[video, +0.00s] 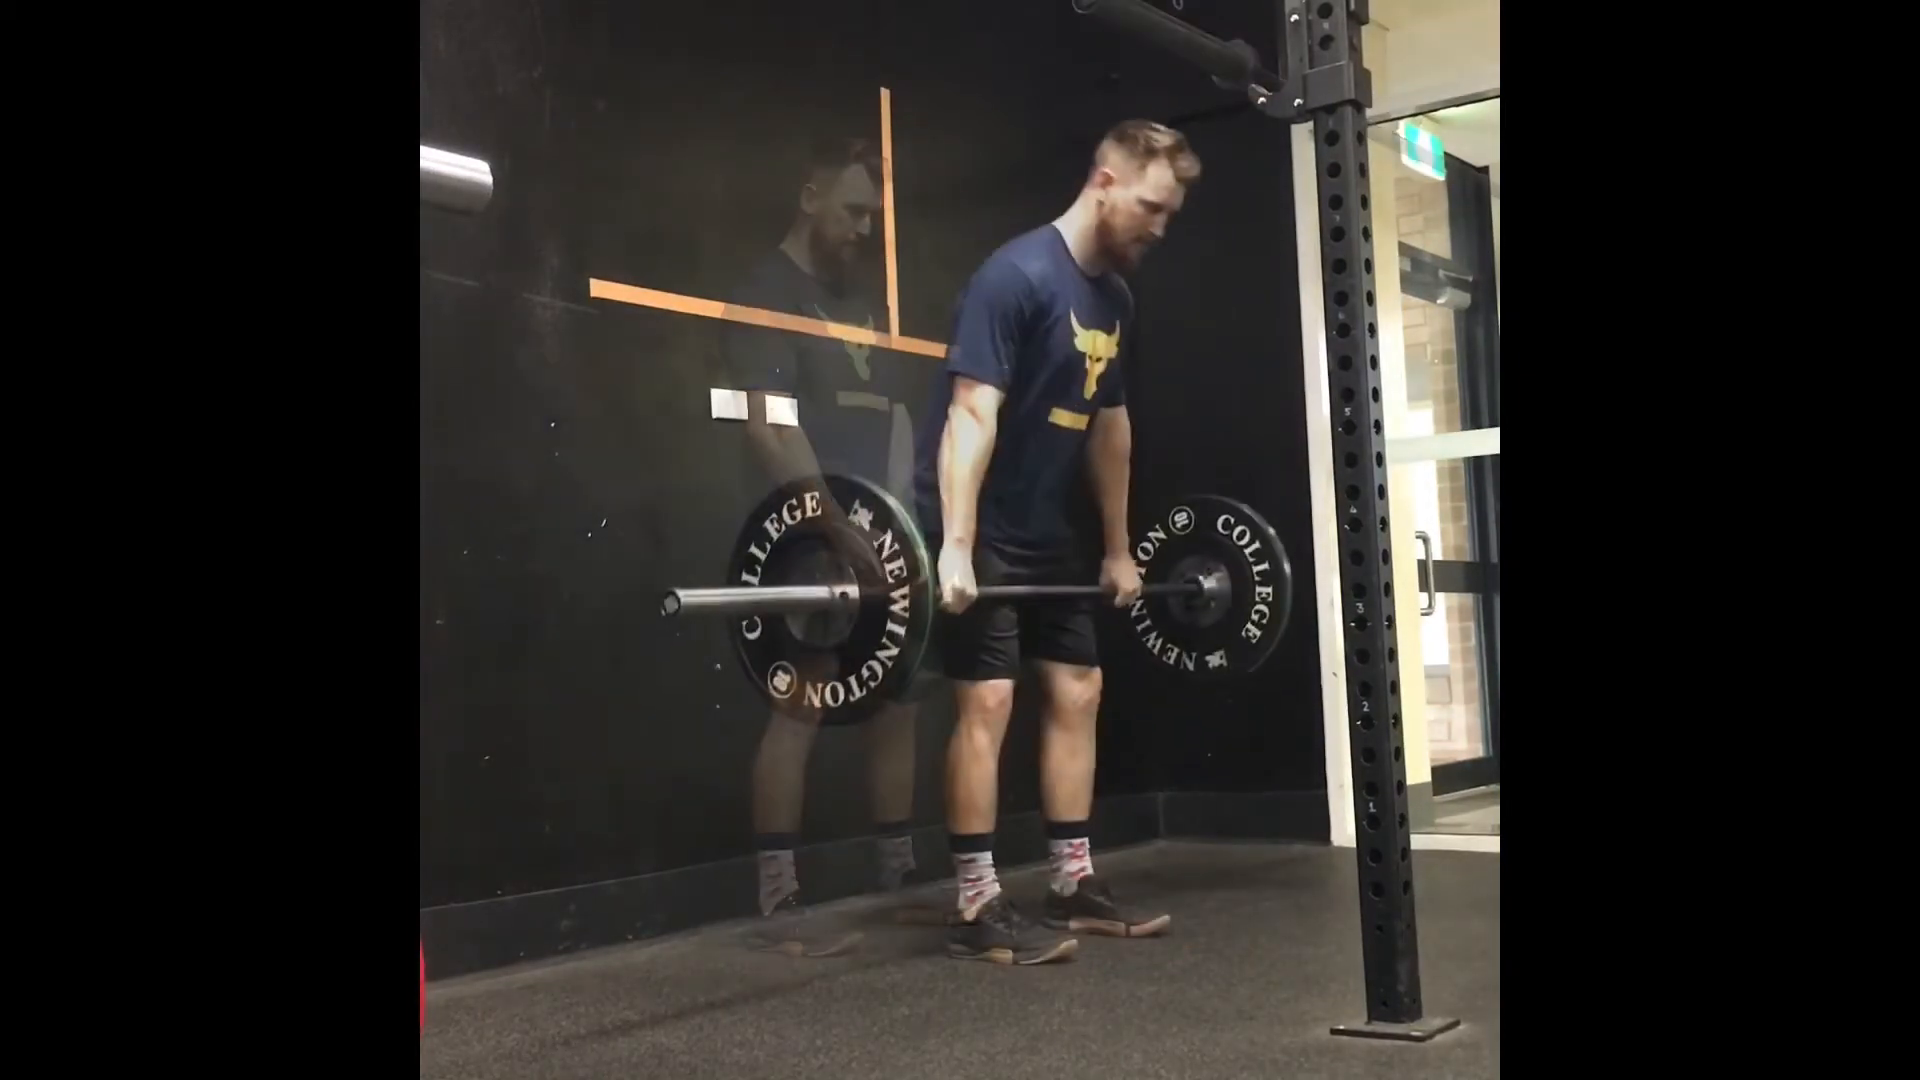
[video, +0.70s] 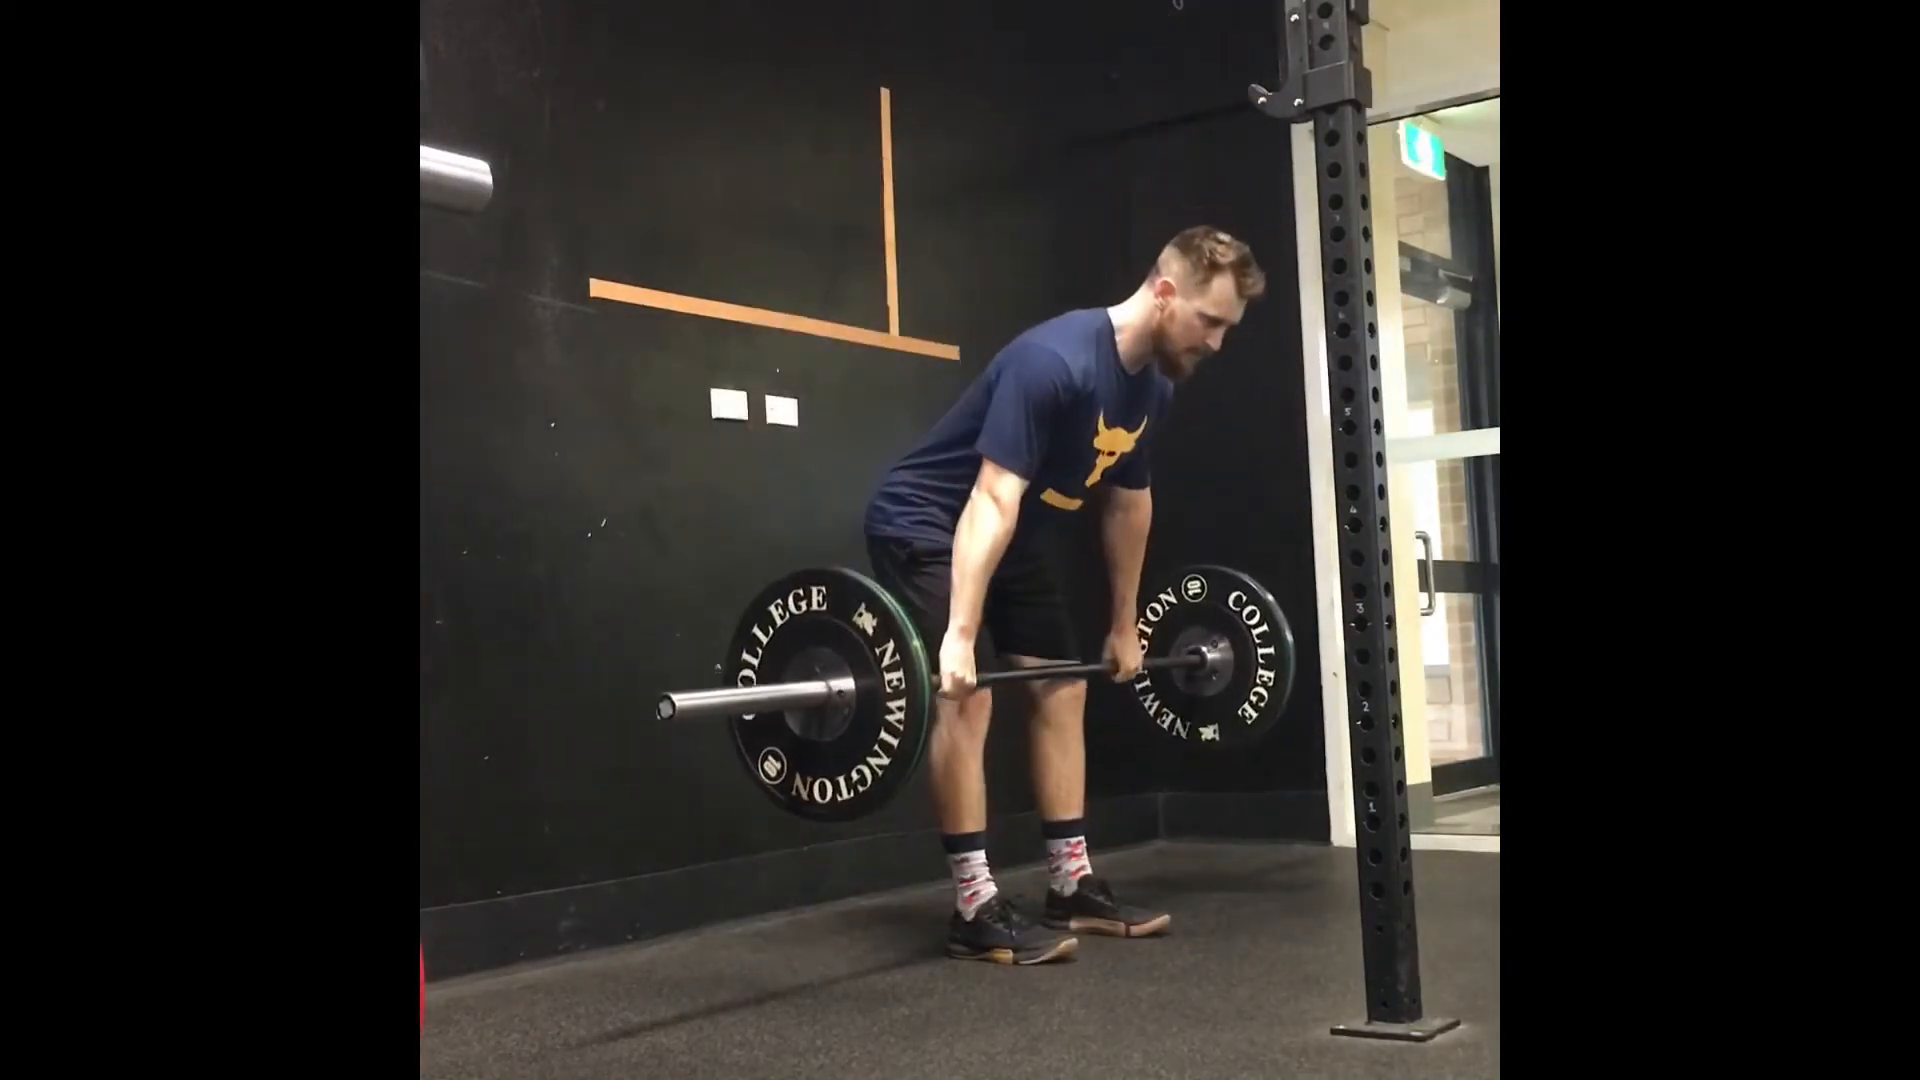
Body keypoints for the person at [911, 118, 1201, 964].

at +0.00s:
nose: (1162, 229)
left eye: (1170, 214)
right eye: (1156, 208)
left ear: (1123, 197)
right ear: (1105, 183)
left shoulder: (1114, 300)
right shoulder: (1013, 277)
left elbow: (1110, 423)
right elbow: (972, 412)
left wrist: (1118, 544)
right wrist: (956, 546)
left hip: (1060, 536)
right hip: (984, 533)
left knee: (1078, 689)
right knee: (987, 701)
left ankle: (1072, 886)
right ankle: (977, 906)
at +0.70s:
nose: (1215, 342)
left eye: (1226, 329)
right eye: (1209, 321)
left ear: (1173, 300)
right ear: (1161, 292)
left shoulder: (1149, 388)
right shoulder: (1052, 363)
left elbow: (1128, 504)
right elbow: (993, 498)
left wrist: (1124, 623)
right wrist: (960, 635)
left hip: (1017, 523)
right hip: (926, 519)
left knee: (1061, 681)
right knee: (966, 692)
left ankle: (1071, 884)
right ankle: (975, 905)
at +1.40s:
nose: (1166, 257)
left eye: (1174, 242)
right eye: (1160, 235)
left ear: (1134, 223)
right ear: (1107, 211)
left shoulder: (1119, 328)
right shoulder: (1015, 308)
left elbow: (1116, 455)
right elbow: (977, 447)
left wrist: (1128, 577)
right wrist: (964, 575)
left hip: (1021, 526)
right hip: (940, 525)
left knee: (1071, 685)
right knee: (978, 698)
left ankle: (1071, 886)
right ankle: (976, 908)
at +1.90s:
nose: (1061, 196)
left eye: (1068, 181)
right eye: (1051, 176)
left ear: (1064, 176)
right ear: (999, 161)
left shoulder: (1045, 271)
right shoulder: (937, 256)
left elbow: (1083, 395)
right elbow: (936, 386)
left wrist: (1134, 503)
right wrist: (970, 501)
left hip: (1078, 520)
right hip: (1004, 522)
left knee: (1076, 697)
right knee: (991, 703)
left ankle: (1076, 886)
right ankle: (981, 904)